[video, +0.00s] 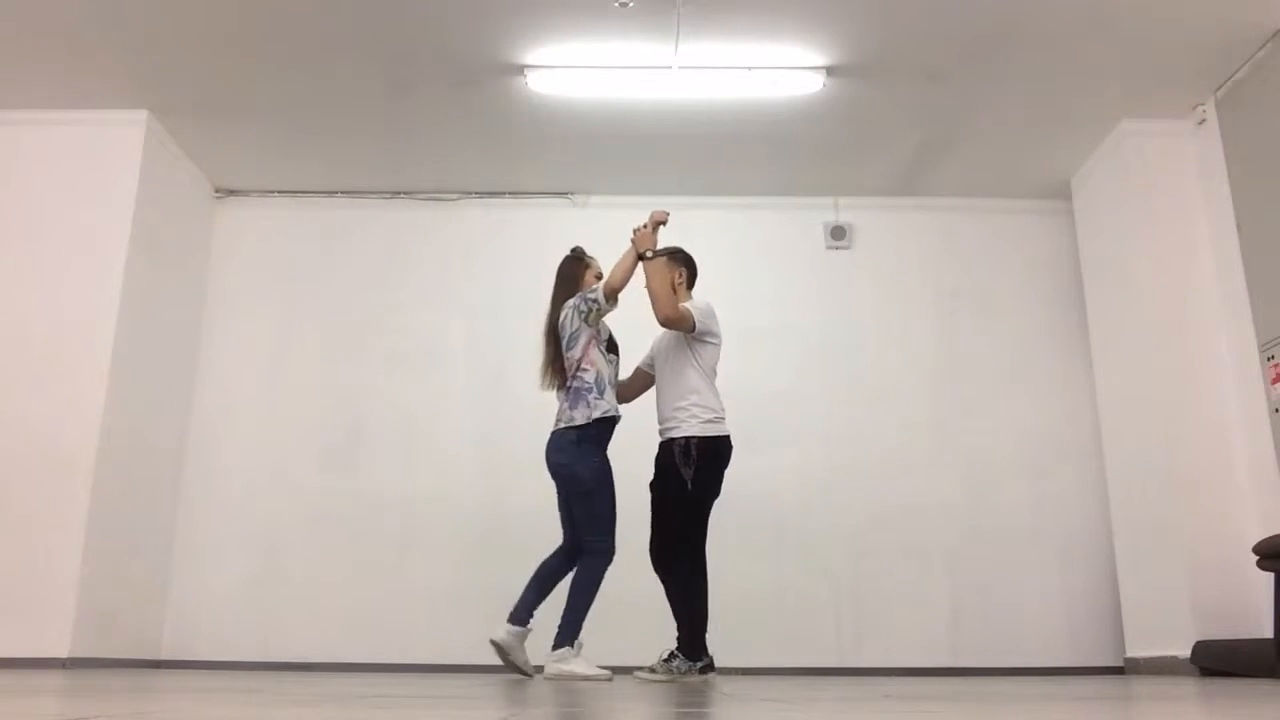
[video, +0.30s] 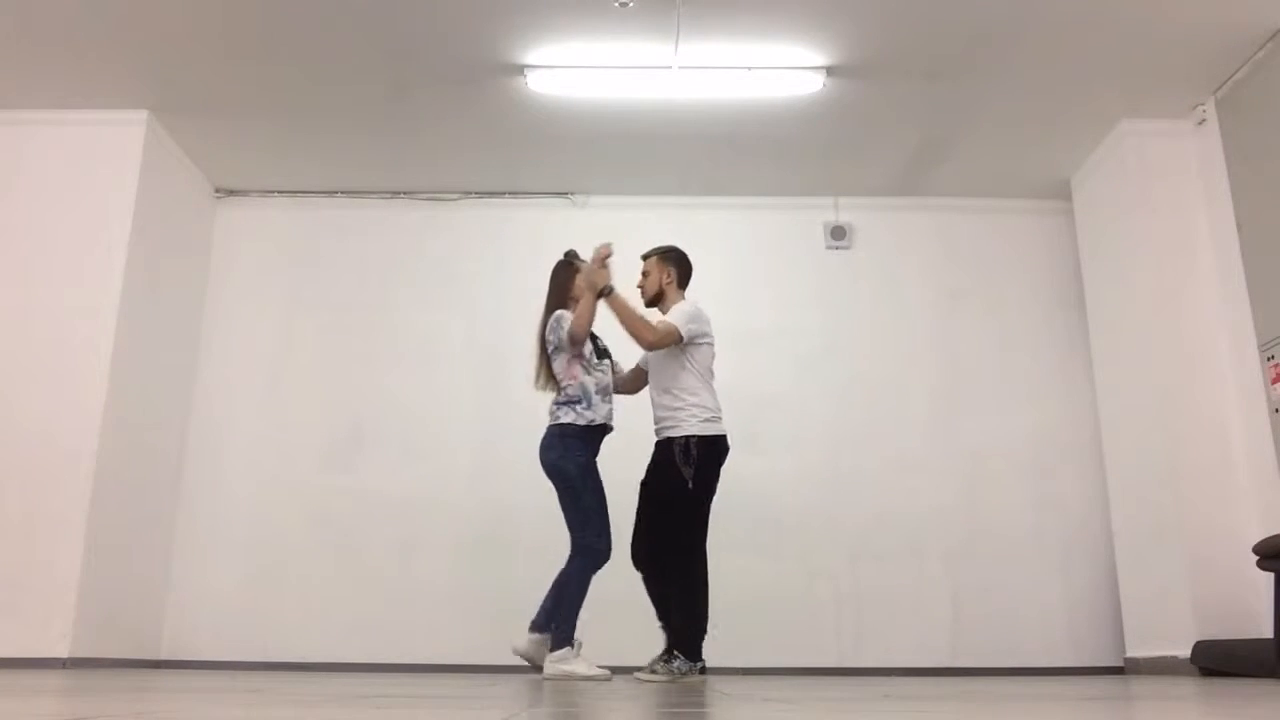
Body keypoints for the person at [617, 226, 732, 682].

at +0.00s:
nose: (652, 281)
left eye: (660, 272)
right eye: (651, 274)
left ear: (682, 276)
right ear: (666, 280)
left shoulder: (703, 314)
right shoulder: (665, 339)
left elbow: (666, 313)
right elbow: (625, 391)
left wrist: (649, 256)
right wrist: (579, 379)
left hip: (700, 443)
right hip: (675, 445)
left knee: (683, 548)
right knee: (664, 550)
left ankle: (692, 653)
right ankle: (692, 649)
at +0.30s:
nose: (638, 282)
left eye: (644, 274)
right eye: (639, 275)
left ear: (669, 276)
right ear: (666, 278)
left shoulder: (690, 314)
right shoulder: (664, 331)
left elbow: (652, 338)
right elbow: (628, 382)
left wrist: (607, 291)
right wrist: (577, 369)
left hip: (696, 443)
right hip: (672, 444)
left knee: (681, 547)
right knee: (647, 548)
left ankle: (688, 655)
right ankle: (677, 646)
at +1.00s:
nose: (610, 286)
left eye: (614, 278)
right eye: (612, 278)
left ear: (632, 280)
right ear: (641, 283)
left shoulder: (649, 322)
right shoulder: (644, 328)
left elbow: (585, 346)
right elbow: (612, 380)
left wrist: (542, 311)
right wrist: (555, 366)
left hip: (659, 448)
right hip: (653, 447)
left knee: (628, 547)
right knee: (628, 547)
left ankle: (649, 652)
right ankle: (643, 649)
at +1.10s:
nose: (609, 288)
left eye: (614, 279)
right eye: (611, 280)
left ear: (634, 281)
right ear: (637, 283)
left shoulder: (652, 323)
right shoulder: (641, 334)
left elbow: (589, 344)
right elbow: (605, 377)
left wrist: (553, 306)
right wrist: (554, 364)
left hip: (660, 449)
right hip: (647, 449)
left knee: (621, 546)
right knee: (613, 546)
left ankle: (641, 647)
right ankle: (645, 642)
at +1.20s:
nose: (610, 290)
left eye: (615, 282)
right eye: (611, 283)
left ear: (637, 285)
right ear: (637, 286)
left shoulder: (655, 326)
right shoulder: (635, 338)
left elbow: (600, 344)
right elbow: (598, 375)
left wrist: (569, 303)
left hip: (662, 451)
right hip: (637, 451)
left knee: (635, 549)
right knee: (600, 547)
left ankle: (637, 653)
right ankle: (634, 641)